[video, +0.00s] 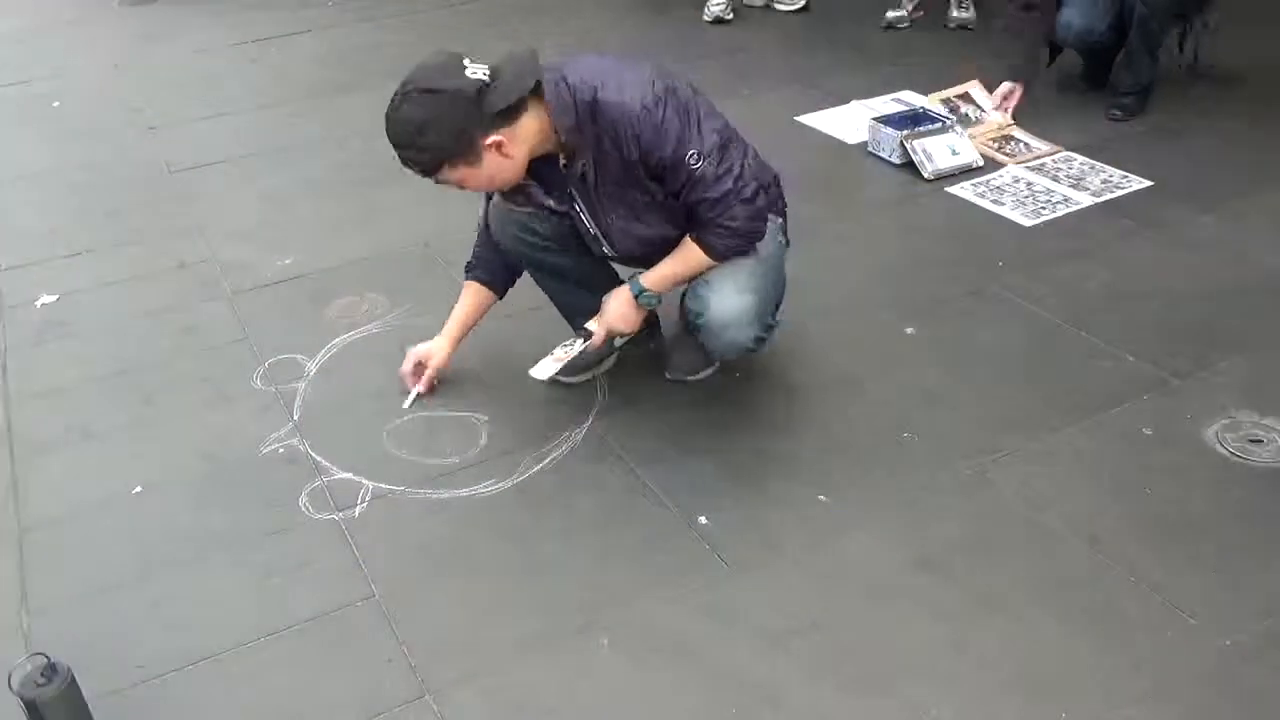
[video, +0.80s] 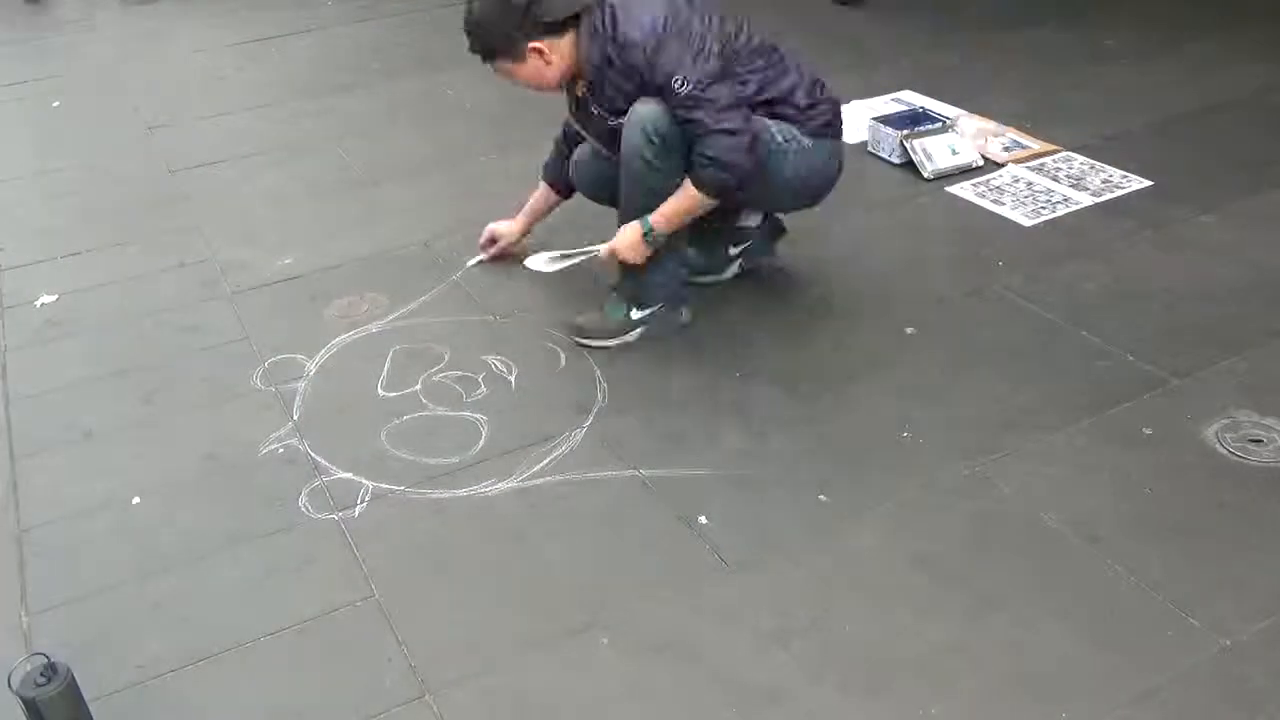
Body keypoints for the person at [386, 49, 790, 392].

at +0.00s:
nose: (465, 190)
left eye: (458, 179)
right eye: (455, 183)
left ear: (496, 147)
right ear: (497, 142)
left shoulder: (639, 108)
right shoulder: (522, 149)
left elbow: (742, 217)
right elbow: (497, 246)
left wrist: (639, 291)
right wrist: (446, 340)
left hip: (723, 230)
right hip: (634, 239)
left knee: (730, 324)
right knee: (516, 221)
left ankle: (698, 319)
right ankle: (614, 323)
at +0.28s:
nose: (479, 180)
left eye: (470, 172)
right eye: (468, 175)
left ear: (502, 137)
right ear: (501, 129)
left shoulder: (645, 111)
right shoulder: (534, 116)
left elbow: (735, 238)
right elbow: (542, 222)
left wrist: (632, 293)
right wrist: (498, 305)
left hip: (740, 233)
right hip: (646, 228)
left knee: (702, 347)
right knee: (524, 201)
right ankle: (607, 320)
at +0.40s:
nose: (527, 138)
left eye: (520, 128)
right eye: (516, 131)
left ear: (558, 93)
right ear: (559, 87)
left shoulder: (702, 78)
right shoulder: (595, 84)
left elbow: (774, 211)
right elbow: (580, 214)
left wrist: (669, 279)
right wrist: (542, 314)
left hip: (778, 222)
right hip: (692, 206)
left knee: (712, 350)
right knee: (573, 167)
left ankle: (765, 306)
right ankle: (592, 341)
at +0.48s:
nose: (528, 138)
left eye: (521, 128)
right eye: (517, 131)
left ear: (558, 90)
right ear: (559, 84)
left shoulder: (701, 79)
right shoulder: (597, 80)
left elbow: (770, 215)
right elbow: (581, 205)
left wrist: (669, 279)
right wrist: (549, 299)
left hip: (779, 224)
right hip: (694, 207)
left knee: (710, 352)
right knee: (572, 165)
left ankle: (766, 302)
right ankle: (593, 340)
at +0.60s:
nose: (534, 152)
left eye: (528, 143)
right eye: (523, 147)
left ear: (563, 111)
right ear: (563, 103)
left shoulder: (700, 88)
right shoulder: (597, 98)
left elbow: (786, 200)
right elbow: (570, 203)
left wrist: (688, 267)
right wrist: (518, 285)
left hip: (791, 215)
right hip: (700, 209)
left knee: (729, 332)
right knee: (581, 175)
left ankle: (773, 320)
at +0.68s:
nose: (666, 222)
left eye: (667, 209)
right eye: (655, 215)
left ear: (710, 167)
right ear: (708, 162)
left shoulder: (851, 121)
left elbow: (934, 228)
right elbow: (629, 250)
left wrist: (849, 324)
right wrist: (571, 379)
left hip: (894, 256)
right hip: (802, 257)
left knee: (927, 373)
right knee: (690, 258)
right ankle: (770, 374)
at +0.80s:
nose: (520, 85)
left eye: (513, 73)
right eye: (510, 76)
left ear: (540, 53)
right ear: (544, 49)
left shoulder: (657, 32)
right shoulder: (595, 54)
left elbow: (729, 158)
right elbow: (578, 145)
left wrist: (648, 231)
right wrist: (521, 223)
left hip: (803, 154)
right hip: (740, 142)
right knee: (592, 168)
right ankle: (740, 229)